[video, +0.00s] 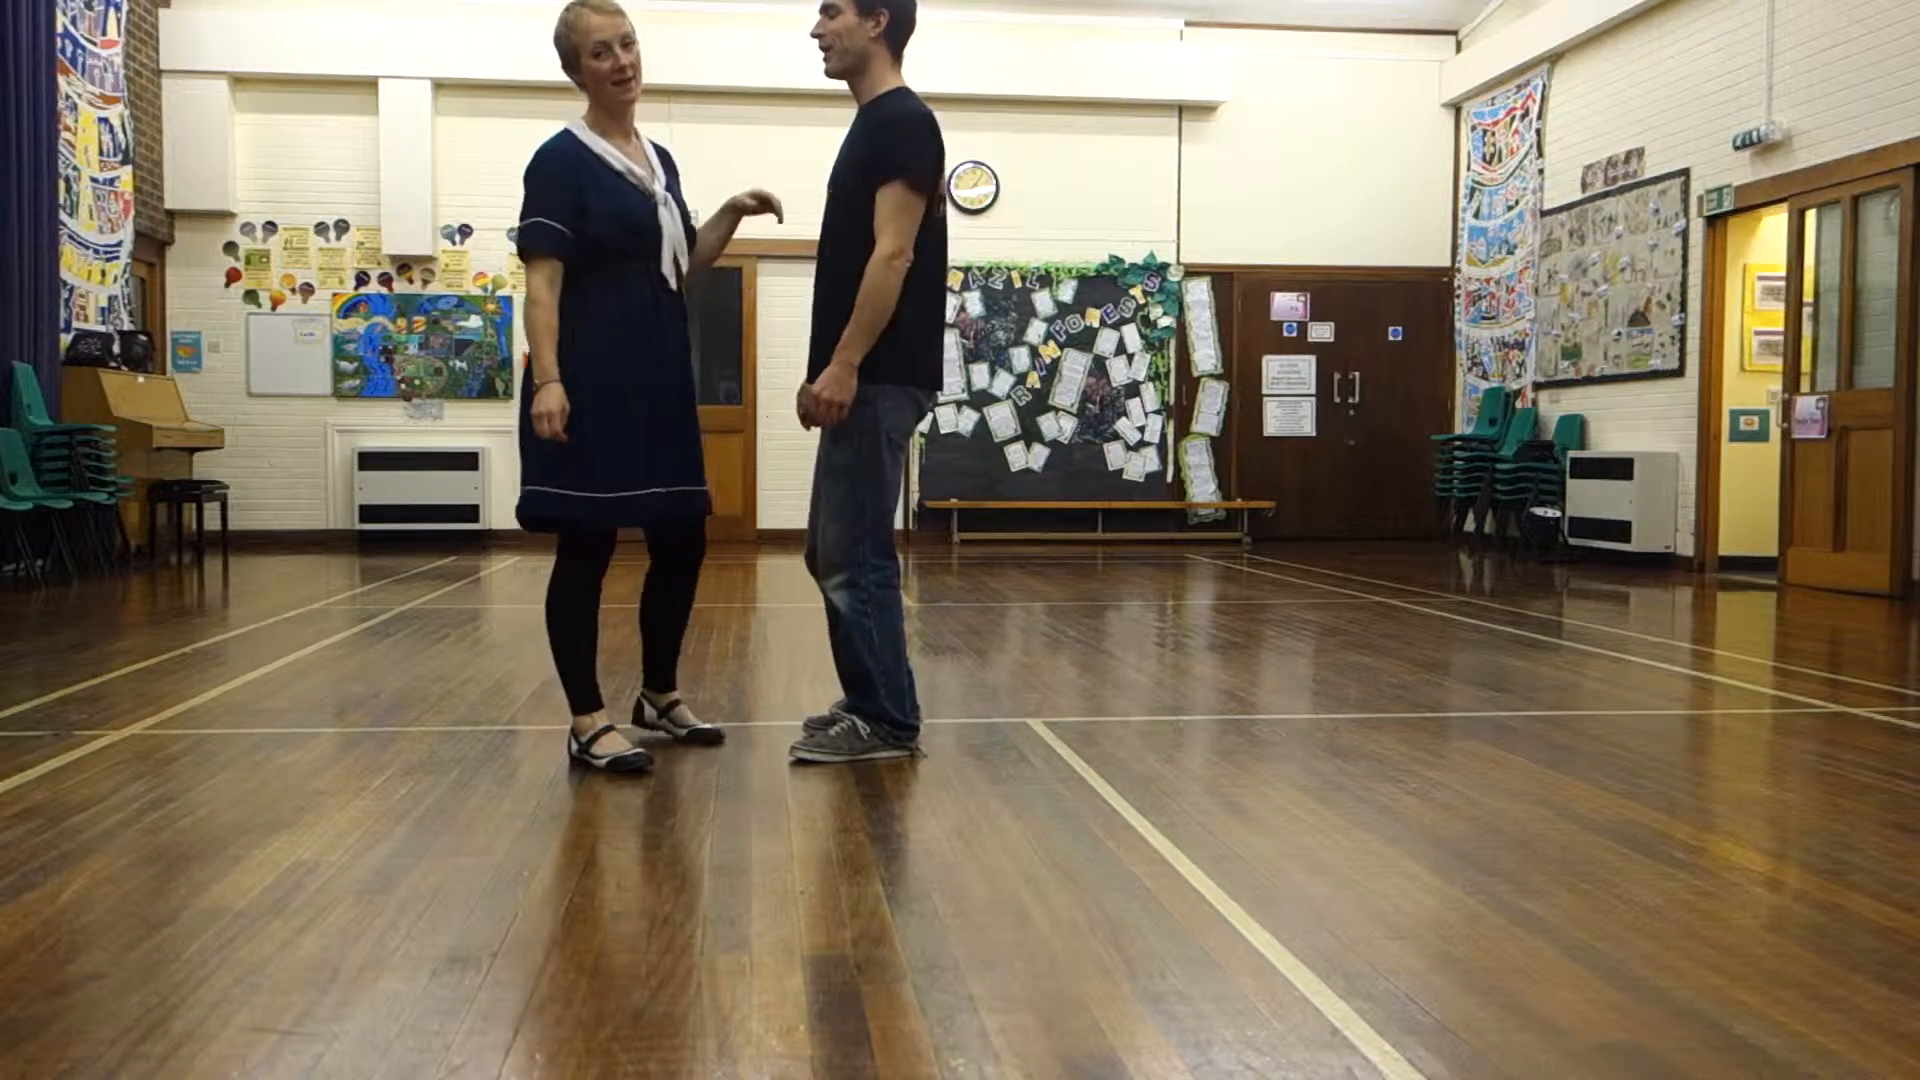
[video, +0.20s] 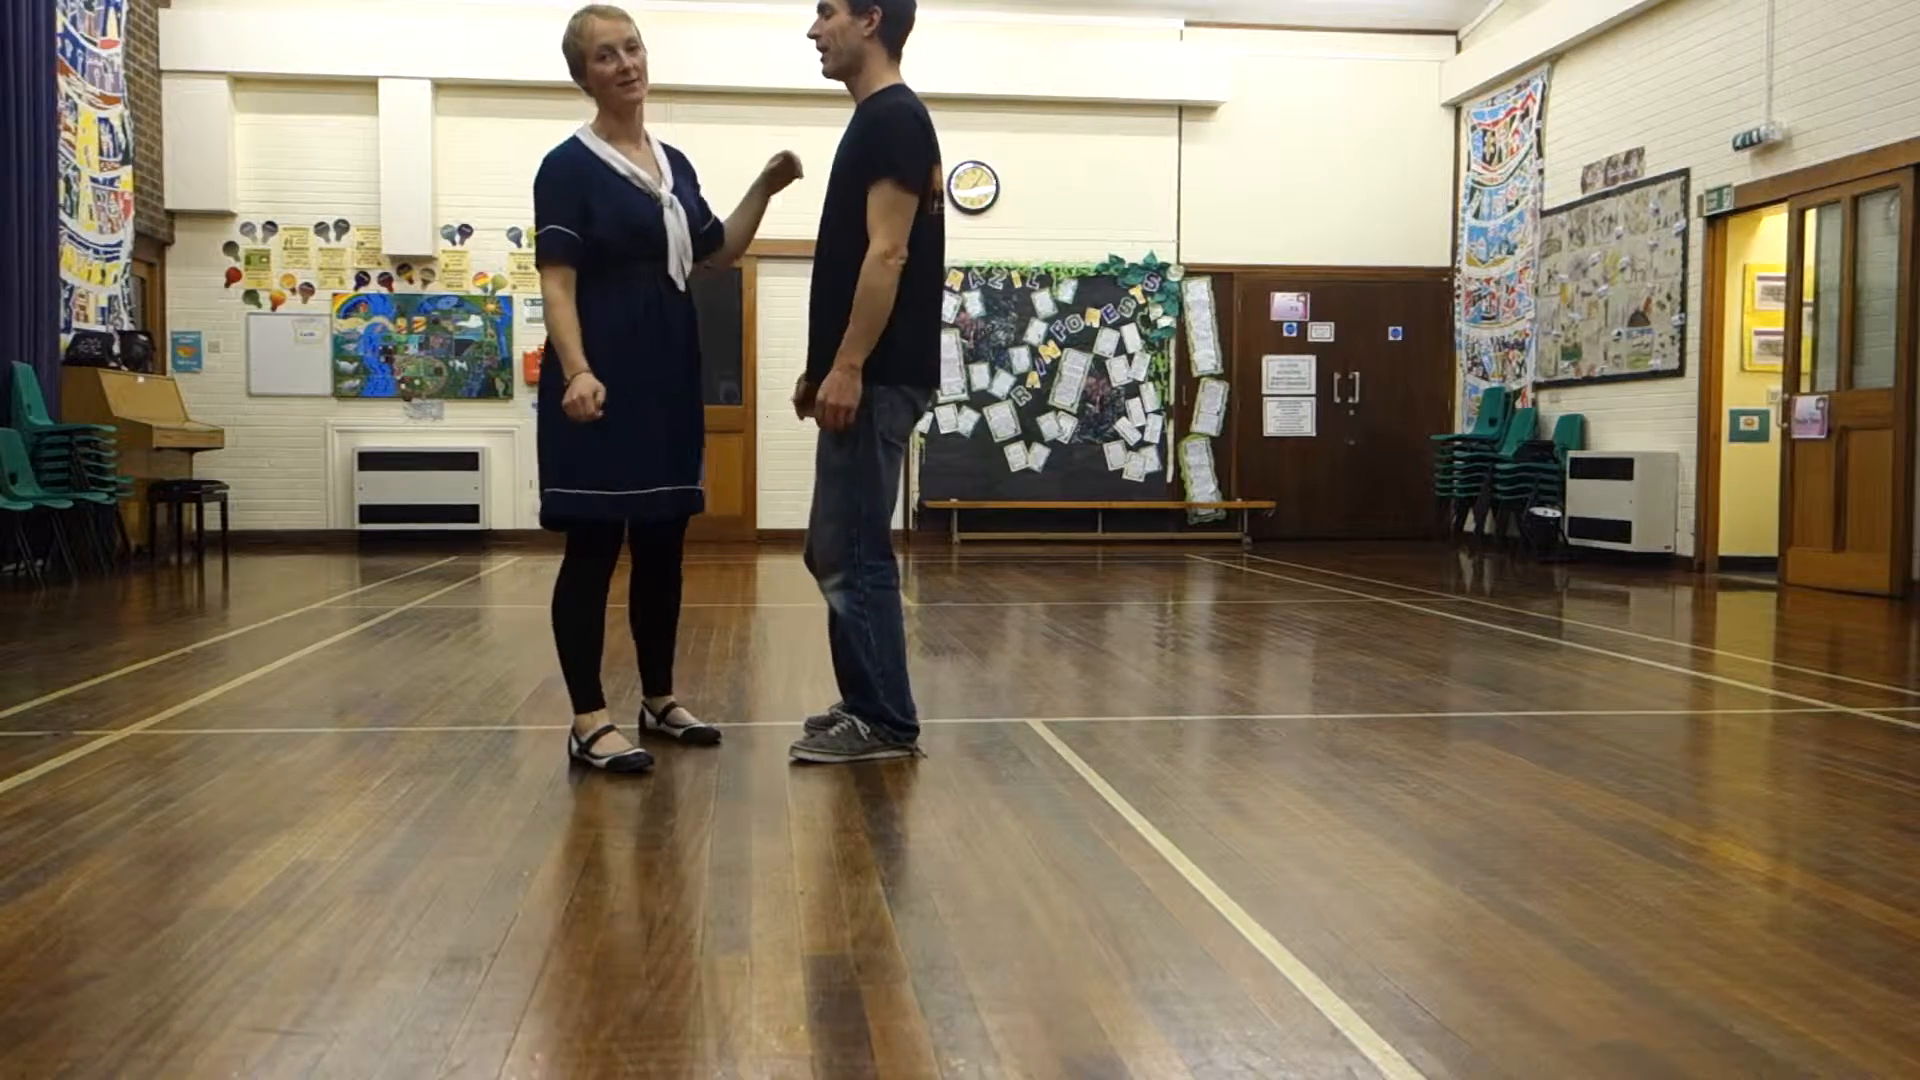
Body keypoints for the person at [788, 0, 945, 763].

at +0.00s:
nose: (818, 28)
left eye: (834, 13)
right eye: (820, 15)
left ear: (880, 23)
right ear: (869, 28)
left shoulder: (902, 120)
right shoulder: (874, 123)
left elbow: (894, 254)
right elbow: (856, 259)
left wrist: (843, 366)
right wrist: (826, 373)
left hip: (884, 375)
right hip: (864, 374)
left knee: (854, 552)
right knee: (833, 549)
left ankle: (887, 719)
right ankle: (870, 706)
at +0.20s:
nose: (813, 30)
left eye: (826, 14)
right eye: (816, 16)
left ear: (871, 23)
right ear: (868, 28)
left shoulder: (896, 117)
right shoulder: (874, 120)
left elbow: (889, 252)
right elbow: (856, 256)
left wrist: (848, 368)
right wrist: (823, 366)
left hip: (882, 374)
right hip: (866, 372)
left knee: (852, 550)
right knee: (837, 548)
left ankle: (886, 720)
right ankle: (866, 707)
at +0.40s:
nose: (812, 31)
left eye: (825, 14)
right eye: (815, 16)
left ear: (866, 22)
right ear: (868, 27)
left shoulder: (889, 113)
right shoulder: (881, 115)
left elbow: (880, 250)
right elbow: (880, 252)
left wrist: (828, 359)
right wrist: (829, 360)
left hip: (875, 371)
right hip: (867, 371)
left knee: (853, 550)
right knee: (839, 547)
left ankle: (885, 721)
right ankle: (866, 707)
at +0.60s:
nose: (813, 29)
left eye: (825, 14)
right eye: (816, 15)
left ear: (863, 21)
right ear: (869, 24)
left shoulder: (884, 113)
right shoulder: (885, 114)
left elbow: (861, 250)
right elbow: (872, 253)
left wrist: (794, 350)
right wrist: (810, 356)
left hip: (875, 371)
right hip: (871, 370)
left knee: (854, 551)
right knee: (848, 548)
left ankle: (883, 721)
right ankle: (869, 708)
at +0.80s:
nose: (814, 30)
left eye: (825, 15)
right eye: (818, 15)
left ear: (861, 22)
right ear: (871, 27)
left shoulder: (879, 113)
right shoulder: (906, 114)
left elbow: (851, 249)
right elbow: (872, 253)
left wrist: (784, 352)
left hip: (874, 372)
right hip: (889, 368)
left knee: (854, 555)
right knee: (856, 548)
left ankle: (884, 722)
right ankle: (869, 708)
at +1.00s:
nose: (816, 33)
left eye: (825, 18)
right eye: (819, 18)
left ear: (861, 22)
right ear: (872, 27)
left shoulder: (877, 112)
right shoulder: (910, 114)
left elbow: (860, 248)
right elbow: (888, 252)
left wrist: (784, 340)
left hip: (875, 371)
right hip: (895, 367)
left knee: (855, 555)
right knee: (857, 549)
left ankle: (884, 721)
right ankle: (868, 707)